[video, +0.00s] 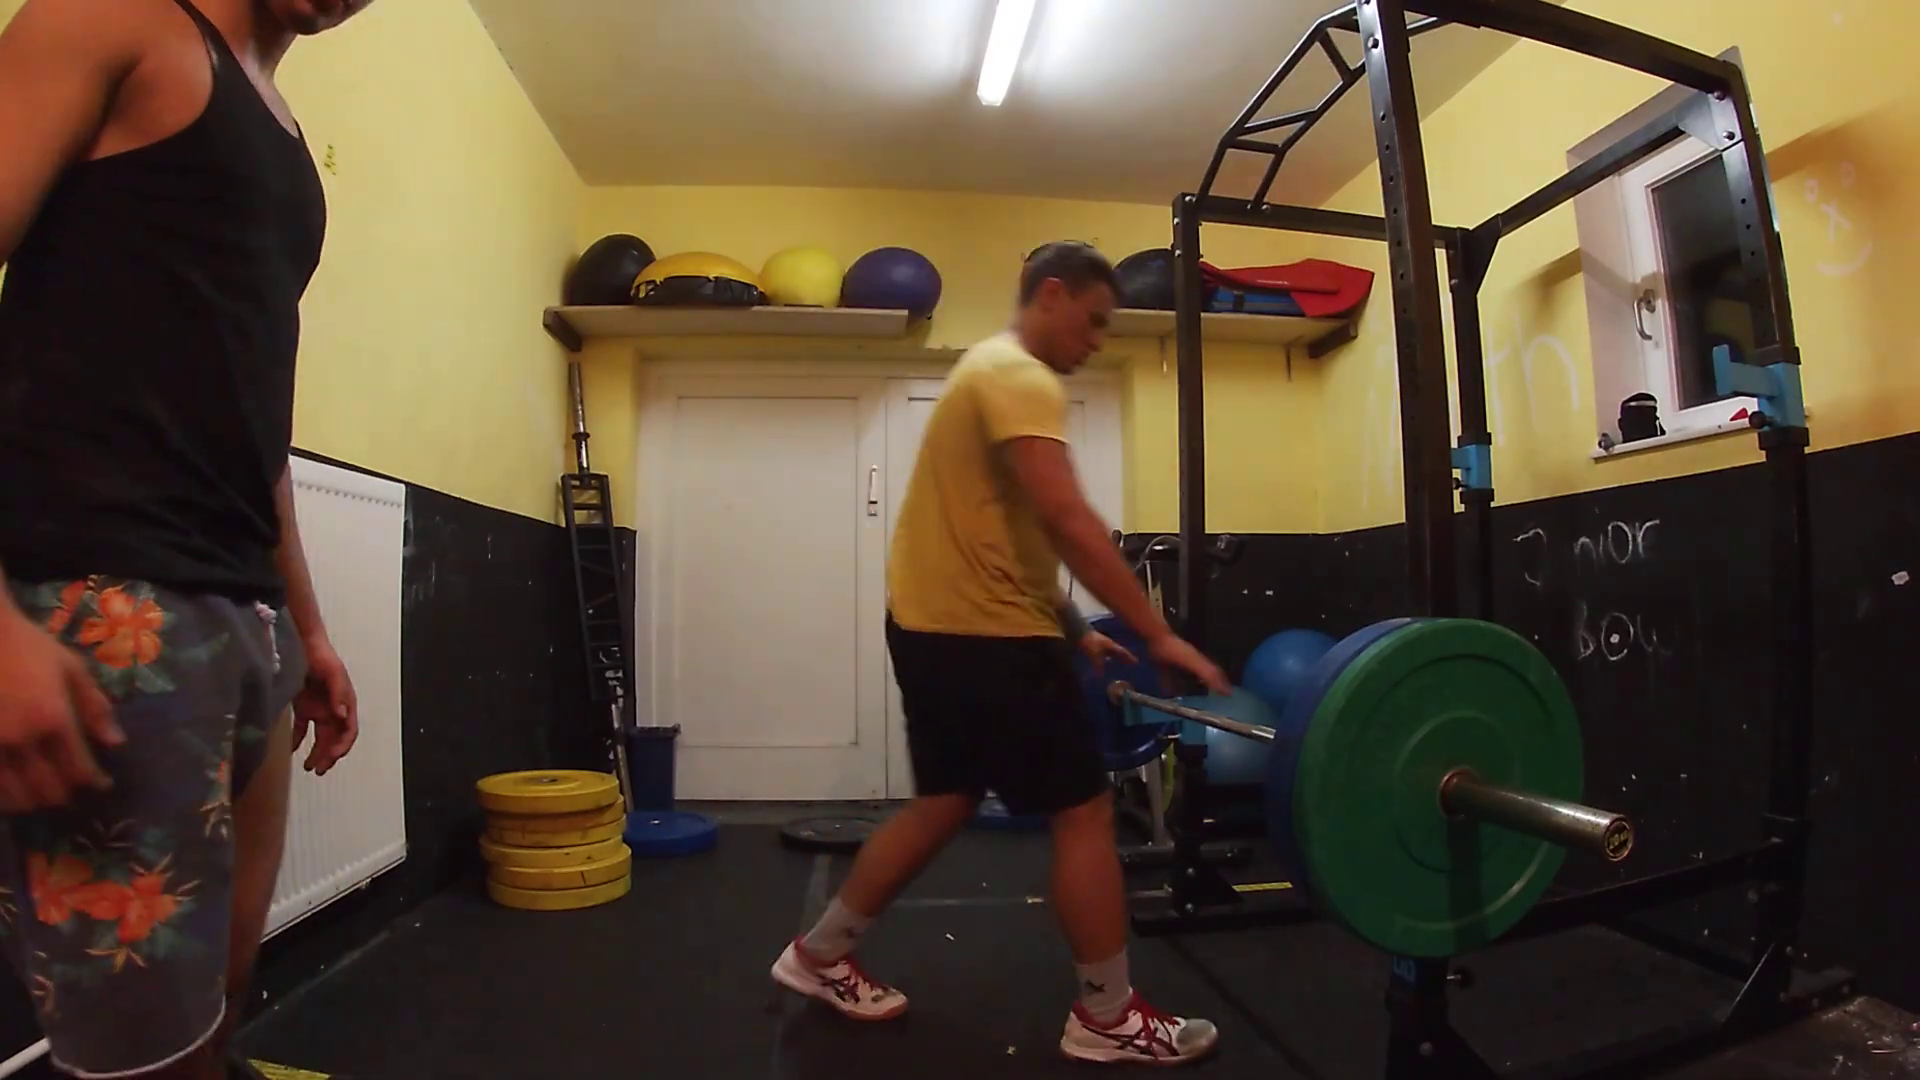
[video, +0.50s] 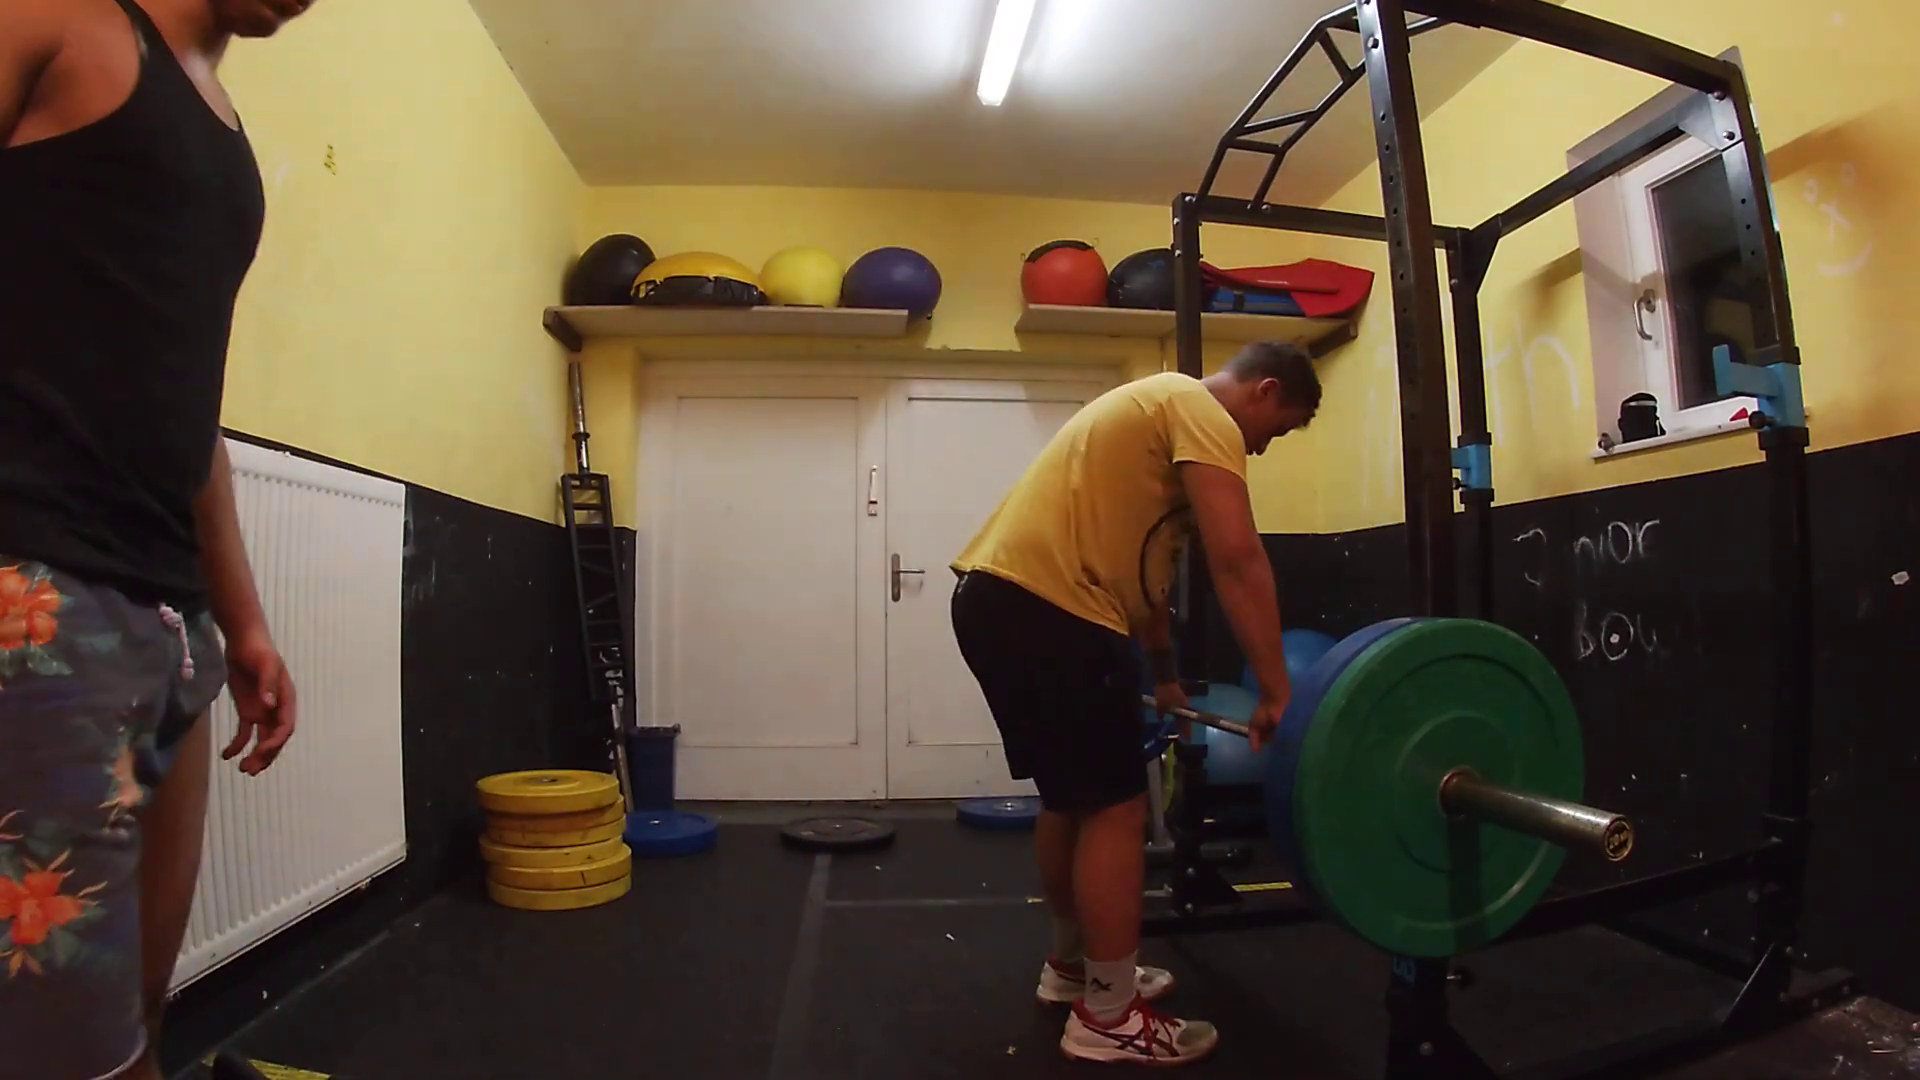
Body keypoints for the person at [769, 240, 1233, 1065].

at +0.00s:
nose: (1098, 341)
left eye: (1105, 326)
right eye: (1093, 321)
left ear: (1041, 301)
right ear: (1049, 296)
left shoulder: (987, 370)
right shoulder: (1018, 374)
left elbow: (1001, 535)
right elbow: (1067, 519)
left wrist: (1073, 626)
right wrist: (1163, 637)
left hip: (933, 622)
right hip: (996, 629)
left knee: (947, 798)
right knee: (1082, 808)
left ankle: (819, 950)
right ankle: (1108, 1012)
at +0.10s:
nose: (1162, 368)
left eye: (1169, 353)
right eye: (1161, 347)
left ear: (1108, 321)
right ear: (1118, 317)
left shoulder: (1041, 383)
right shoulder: (1081, 389)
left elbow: (1065, 544)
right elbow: (1149, 539)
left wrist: (1124, 647)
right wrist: (1226, 659)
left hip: (952, 619)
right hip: (1009, 627)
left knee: (1023, 799)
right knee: (1101, 803)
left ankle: (869, 915)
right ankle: (1107, 1014)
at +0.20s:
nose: (1210, 402)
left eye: (1218, 387)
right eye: (1214, 380)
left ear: (1168, 345)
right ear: (1180, 345)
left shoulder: (1087, 395)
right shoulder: (1135, 401)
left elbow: (1103, 558)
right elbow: (1198, 550)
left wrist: (1154, 661)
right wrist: (1260, 675)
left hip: (958, 605)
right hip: (1015, 617)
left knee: (1055, 781)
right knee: (1103, 803)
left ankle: (936, 909)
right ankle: (1107, 1016)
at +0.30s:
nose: (1238, 421)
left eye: (1249, 409)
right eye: (1246, 401)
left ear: (1196, 361)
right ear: (1219, 364)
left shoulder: (1115, 405)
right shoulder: (1167, 406)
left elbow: (1129, 569)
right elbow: (1220, 556)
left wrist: (1164, 672)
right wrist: (1267, 690)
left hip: (972, 598)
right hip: (1028, 610)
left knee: (1059, 788)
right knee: (1102, 801)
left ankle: (1024, 947)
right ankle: (1107, 1015)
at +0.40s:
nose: (1256, 438)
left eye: (1267, 428)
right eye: (1267, 419)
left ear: (1230, 373)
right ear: (1246, 383)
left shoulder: (1138, 412)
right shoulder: (1189, 408)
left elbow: (1142, 579)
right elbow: (1231, 553)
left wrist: (1165, 677)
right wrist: (1269, 691)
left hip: (988, 599)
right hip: (1041, 610)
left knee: (1062, 799)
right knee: (1107, 802)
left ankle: (1072, 963)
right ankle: (1107, 1013)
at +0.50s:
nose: (1267, 444)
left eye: (1278, 435)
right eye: (1279, 428)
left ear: (1247, 380)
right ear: (1263, 392)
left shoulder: (1153, 412)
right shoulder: (1200, 411)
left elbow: (1143, 572)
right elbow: (1236, 555)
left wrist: (1163, 675)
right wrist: (1276, 689)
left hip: (1001, 595)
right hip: (1054, 607)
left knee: (1065, 794)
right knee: (1116, 803)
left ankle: (1071, 960)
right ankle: (1108, 1014)